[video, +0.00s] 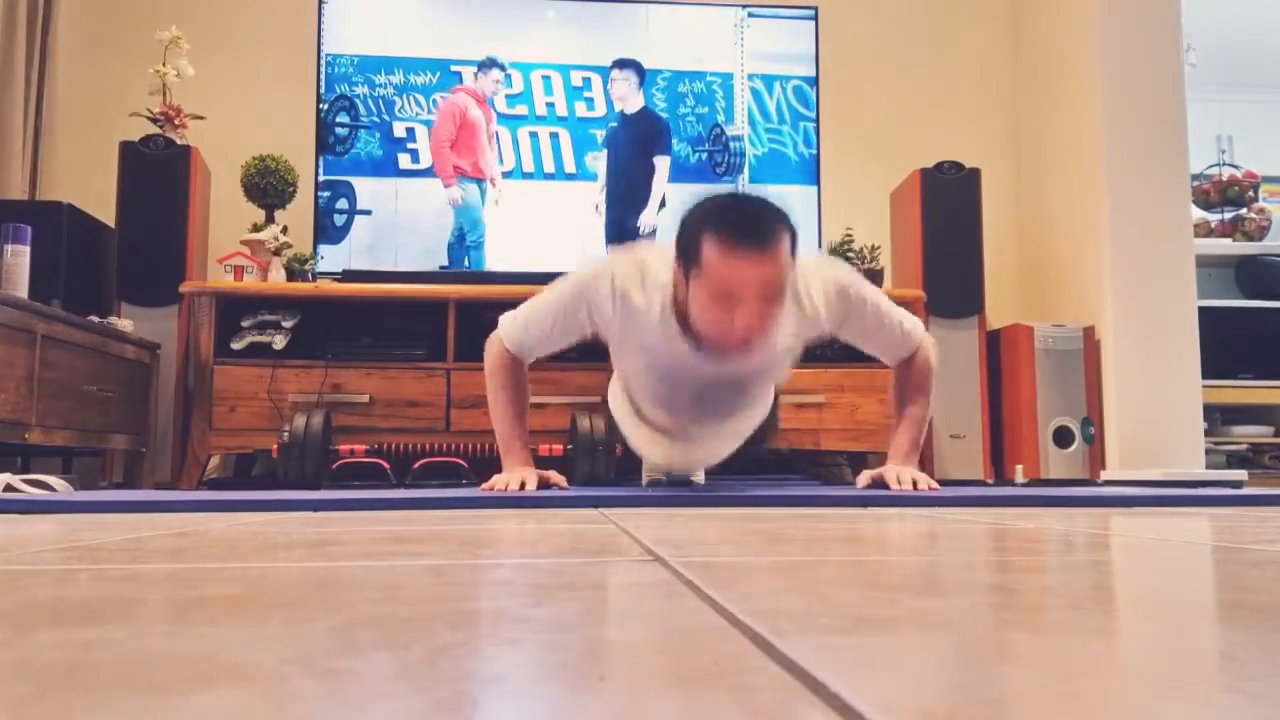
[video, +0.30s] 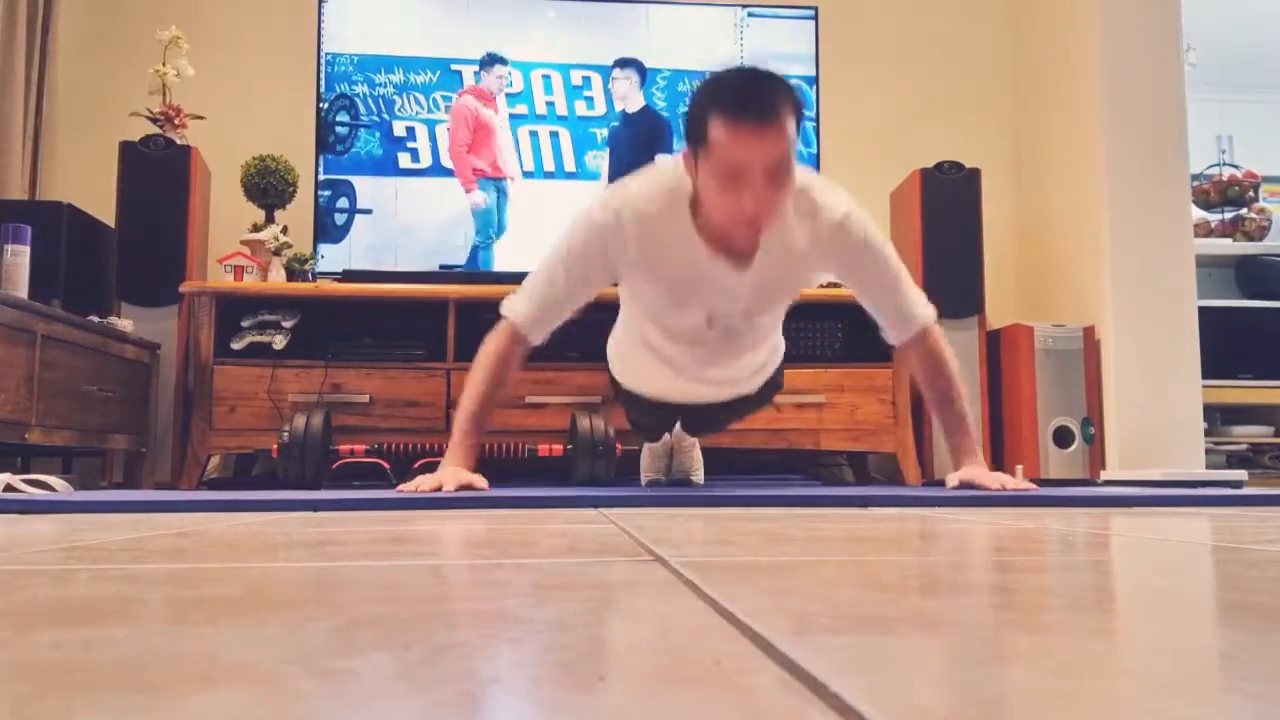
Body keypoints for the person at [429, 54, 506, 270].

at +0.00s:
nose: (498, 87)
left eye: (501, 83)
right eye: (495, 81)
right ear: (478, 76)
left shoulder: (487, 111)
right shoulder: (456, 102)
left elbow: (490, 148)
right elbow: (440, 144)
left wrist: (495, 175)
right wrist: (449, 184)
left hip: (481, 179)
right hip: (462, 178)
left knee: (460, 235)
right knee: (476, 234)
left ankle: (455, 283)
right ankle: (479, 287)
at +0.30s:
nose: (504, 83)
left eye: (506, 77)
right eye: (499, 77)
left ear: (507, 77)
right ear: (483, 75)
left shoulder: (496, 105)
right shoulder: (466, 105)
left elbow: (501, 144)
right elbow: (457, 150)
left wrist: (509, 172)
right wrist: (471, 188)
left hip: (500, 178)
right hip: (481, 179)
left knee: (499, 229)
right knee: (486, 235)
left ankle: (468, 272)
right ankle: (486, 285)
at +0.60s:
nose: (511, 81)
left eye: (514, 75)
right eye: (506, 75)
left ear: (517, 75)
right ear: (491, 74)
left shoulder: (517, 104)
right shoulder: (475, 105)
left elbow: (526, 138)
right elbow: (467, 148)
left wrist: (534, 162)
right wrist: (484, 186)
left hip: (517, 179)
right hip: (491, 181)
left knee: (529, 223)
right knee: (489, 234)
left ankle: (532, 276)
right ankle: (487, 284)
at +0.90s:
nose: (531, 81)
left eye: (535, 76)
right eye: (526, 75)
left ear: (539, 76)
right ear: (514, 73)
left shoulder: (544, 107)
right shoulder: (496, 103)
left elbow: (555, 144)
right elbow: (477, 139)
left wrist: (555, 177)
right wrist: (470, 176)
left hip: (535, 179)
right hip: (503, 178)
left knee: (539, 230)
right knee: (497, 230)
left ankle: (541, 277)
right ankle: (489, 278)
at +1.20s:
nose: (544, 74)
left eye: (547, 69)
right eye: (539, 69)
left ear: (549, 71)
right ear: (525, 69)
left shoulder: (554, 103)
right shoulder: (505, 99)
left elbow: (561, 142)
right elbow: (488, 133)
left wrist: (557, 174)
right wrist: (488, 168)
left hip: (540, 176)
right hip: (508, 174)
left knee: (539, 227)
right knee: (504, 226)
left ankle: (539, 273)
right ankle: (499, 273)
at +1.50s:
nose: (529, 70)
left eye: (531, 65)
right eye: (524, 65)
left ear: (532, 66)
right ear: (508, 65)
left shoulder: (536, 99)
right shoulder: (490, 97)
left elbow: (550, 134)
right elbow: (477, 131)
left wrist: (558, 166)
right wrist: (483, 165)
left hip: (532, 172)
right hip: (501, 171)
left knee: (533, 224)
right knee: (500, 225)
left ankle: (536, 269)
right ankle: (498, 269)